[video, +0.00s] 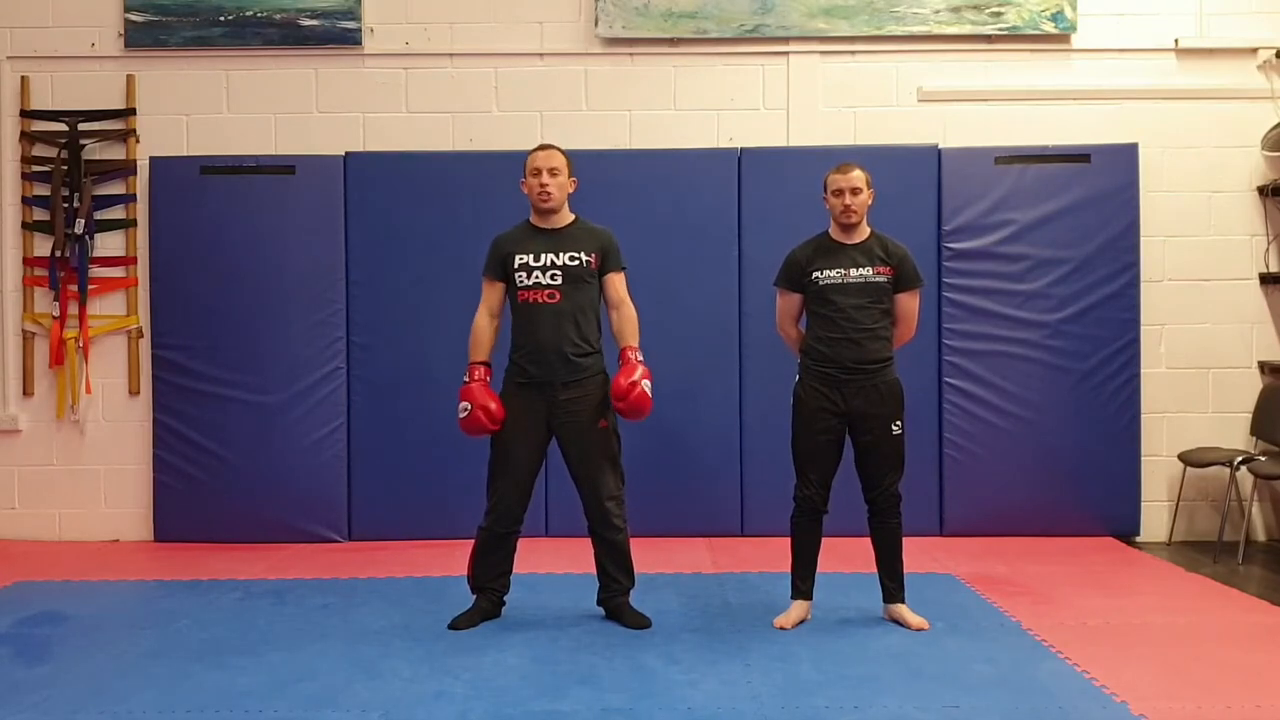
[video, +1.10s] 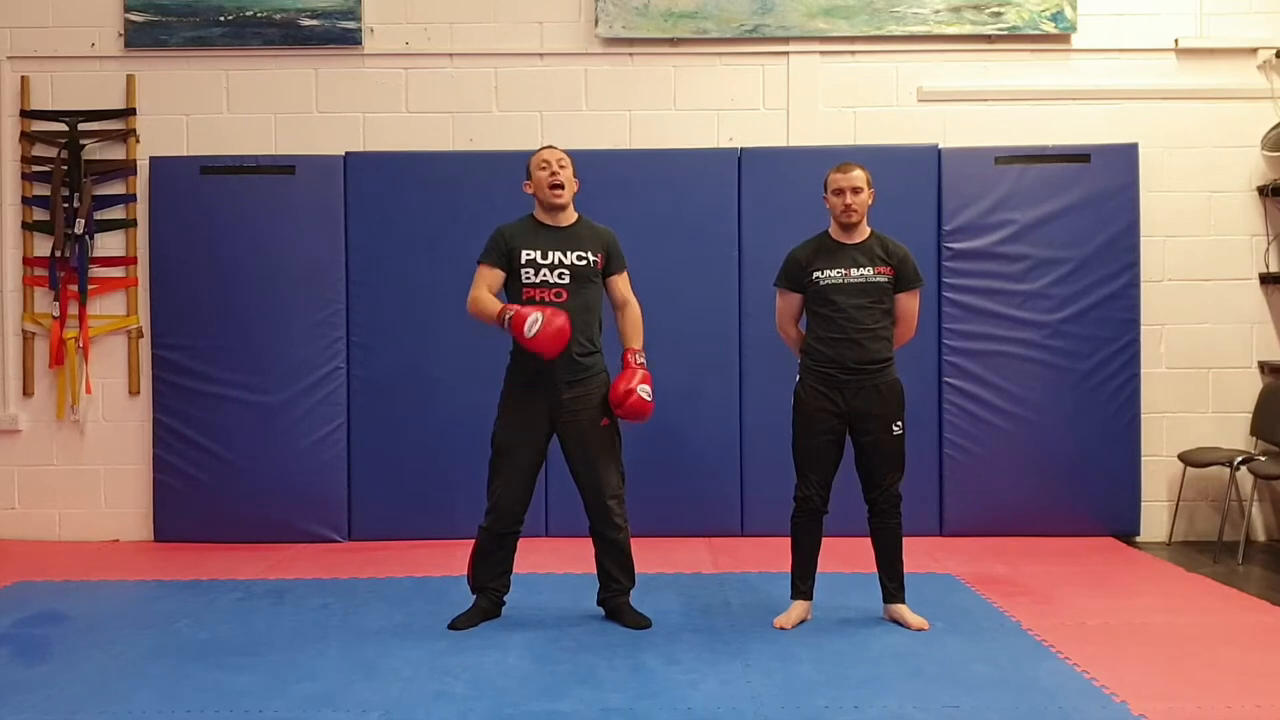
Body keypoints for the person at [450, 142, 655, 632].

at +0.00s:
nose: (543, 181)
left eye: (552, 174)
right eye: (535, 174)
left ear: (571, 183)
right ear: (525, 184)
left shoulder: (598, 240)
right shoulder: (507, 245)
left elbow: (620, 304)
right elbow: (488, 314)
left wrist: (632, 360)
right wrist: (476, 376)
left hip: (586, 389)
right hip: (524, 390)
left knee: (606, 500)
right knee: (504, 501)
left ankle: (616, 597)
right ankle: (488, 597)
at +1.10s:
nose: (556, 173)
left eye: (562, 166)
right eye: (545, 168)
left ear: (576, 181)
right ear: (530, 186)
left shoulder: (601, 239)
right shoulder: (508, 238)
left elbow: (626, 303)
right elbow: (478, 298)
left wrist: (635, 364)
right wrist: (516, 318)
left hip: (587, 387)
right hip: (527, 388)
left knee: (607, 498)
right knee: (505, 497)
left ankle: (616, 597)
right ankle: (488, 597)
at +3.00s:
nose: (543, 192)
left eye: (552, 183)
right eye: (535, 184)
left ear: (575, 185)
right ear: (527, 188)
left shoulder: (603, 242)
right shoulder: (514, 240)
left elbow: (622, 311)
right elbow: (486, 305)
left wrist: (633, 373)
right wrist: (515, 257)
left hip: (587, 389)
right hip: (527, 389)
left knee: (607, 500)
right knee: (505, 498)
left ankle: (616, 598)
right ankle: (488, 597)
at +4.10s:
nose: (612, 188)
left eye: (612, 180)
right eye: (602, 179)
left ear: (594, 186)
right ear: (569, 184)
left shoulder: (602, 246)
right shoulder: (530, 238)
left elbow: (606, 310)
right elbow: (501, 304)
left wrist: (637, 347)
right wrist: (562, 319)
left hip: (594, 390)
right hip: (540, 392)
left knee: (608, 497)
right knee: (514, 498)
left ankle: (614, 595)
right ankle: (489, 596)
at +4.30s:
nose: (649, 192)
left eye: (650, 184)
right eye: (640, 183)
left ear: (627, 189)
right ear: (609, 185)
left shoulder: (633, 250)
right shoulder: (565, 231)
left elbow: (651, 312)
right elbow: (530, 291)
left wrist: (701, 314)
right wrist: (586, 318)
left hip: (614, 388)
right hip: (560, 386)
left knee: (619, 496)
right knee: (529, 494)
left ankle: (615, 594)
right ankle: (491, 590)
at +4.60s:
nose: (671, 191)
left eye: (674, 183)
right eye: (662, 180)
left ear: (671, 189)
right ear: (632, 181)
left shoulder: (663, 251)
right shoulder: (589, 227)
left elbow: (674, 315)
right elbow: (547, 286)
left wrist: (719, 314)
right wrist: (595, 319)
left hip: (633, 380)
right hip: (582, 375)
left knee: (631, 489)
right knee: (579, 485)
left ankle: (616, 593)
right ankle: (567, 598)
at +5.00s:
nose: (640, 188)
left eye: (647, 178)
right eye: (629, 179)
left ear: (655, 182)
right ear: (608, 183)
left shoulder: (665, 242)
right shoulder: (584, 240)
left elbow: (666, 294)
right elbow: (556, 307)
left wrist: (686, 322)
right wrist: (606, 336)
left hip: (664, 385)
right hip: (608, 389)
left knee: (703, 480)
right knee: (601, 500)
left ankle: (674, 573)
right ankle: (602, 607)